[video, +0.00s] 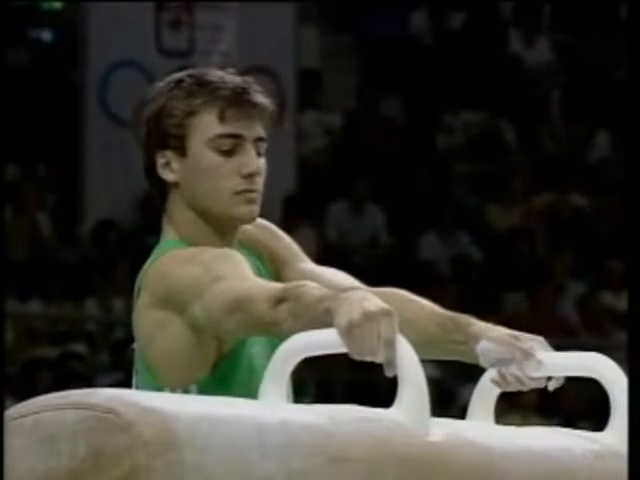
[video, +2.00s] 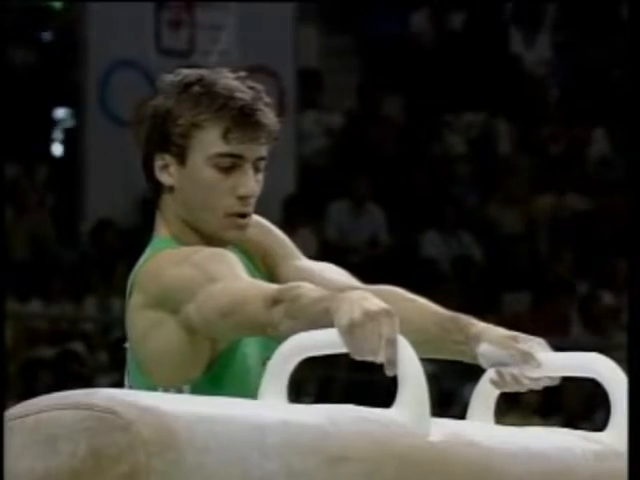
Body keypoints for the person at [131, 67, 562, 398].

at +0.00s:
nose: (254, 168)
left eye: (258, 149)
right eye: (227, 150)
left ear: (266, 154)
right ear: (169, 166)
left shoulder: (257, 241)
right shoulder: (183, 271)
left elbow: (359, 296)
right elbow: (271, 306)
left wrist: (479, 339)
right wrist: (343, 303)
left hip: (246, 467)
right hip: (186, 471)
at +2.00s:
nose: (250, 187)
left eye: (258, 166)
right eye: (227, 166)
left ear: (267, 164)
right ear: (167, 170)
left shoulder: (251, 238)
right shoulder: (177, 271)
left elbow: (355, 294)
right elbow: (270, 307)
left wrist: (480, 338)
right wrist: (341, 304)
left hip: (240, 466)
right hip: (181, 470)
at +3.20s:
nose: (228, 220)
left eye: (232, 195)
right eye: (201, 203)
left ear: (240, 186)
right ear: (141, 214)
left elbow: (387, 273)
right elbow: (258, 319)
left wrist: (471, 341)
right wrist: (352, 302)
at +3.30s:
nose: (217, 283)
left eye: (217, 262)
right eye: (189, 270)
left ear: (225, 255)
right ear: (130, 290)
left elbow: (344, 314)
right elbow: (263, 358)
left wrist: (462, 352)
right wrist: (350, 312)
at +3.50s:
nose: (285, 225)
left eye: (293, 211)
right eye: (274, 208)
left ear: (298, 208)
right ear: (226, 195)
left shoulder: (287, 251)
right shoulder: (189, 237)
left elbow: (346, 343)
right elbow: (235, 293)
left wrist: (411, 349)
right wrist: (323, 305)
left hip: (256, 430)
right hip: (181, 429)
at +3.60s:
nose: (363, 183)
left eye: (371, 171)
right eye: (360, 163)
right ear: (323, 137)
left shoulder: (332, 207)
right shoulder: (270, 155)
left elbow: (333, 298)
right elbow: (248, 242)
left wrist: (390, 337)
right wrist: (318, 305)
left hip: (251, 371)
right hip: (192, 363)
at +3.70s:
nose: (396, 176)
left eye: (404, 168)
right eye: (398, 161)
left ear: (377, 140)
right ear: (374, 133)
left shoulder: (349, 189)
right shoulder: (324, 139)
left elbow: (329, 277)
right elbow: (283, 218)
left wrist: (379, 335)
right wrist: (315, 305)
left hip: (253, 320)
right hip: (218, 306)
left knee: (218, 440)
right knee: (163, 424)